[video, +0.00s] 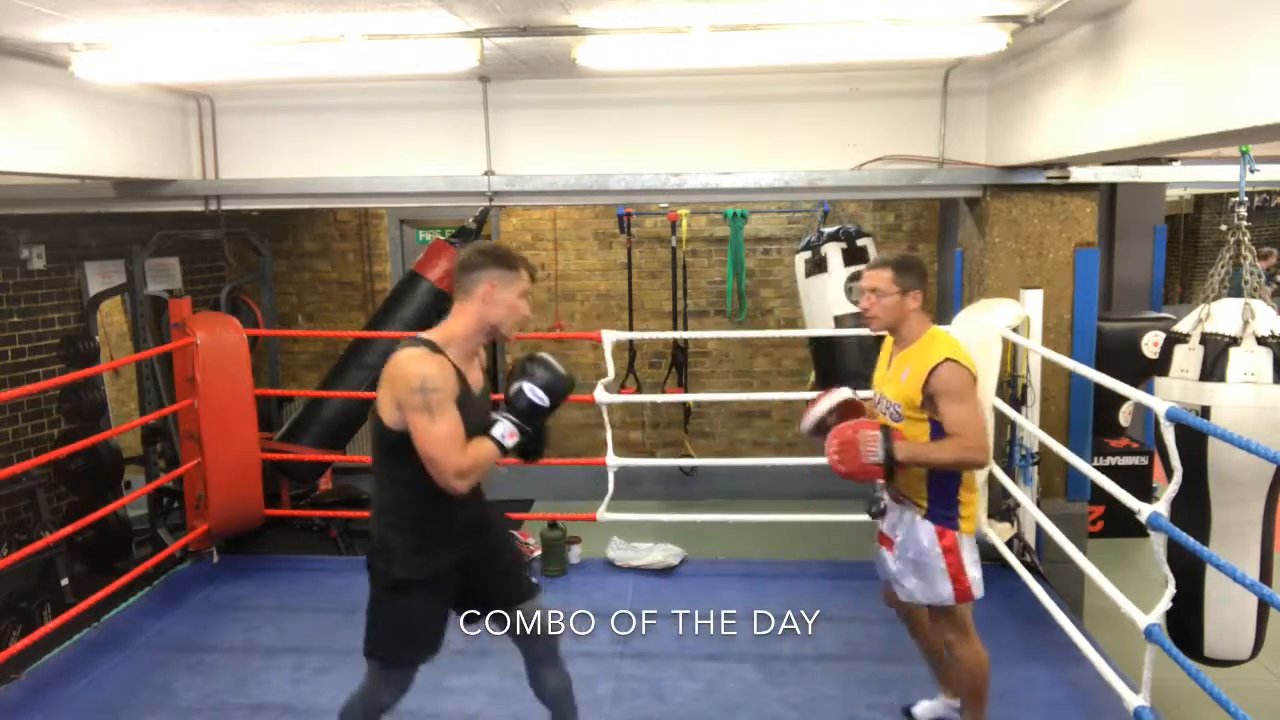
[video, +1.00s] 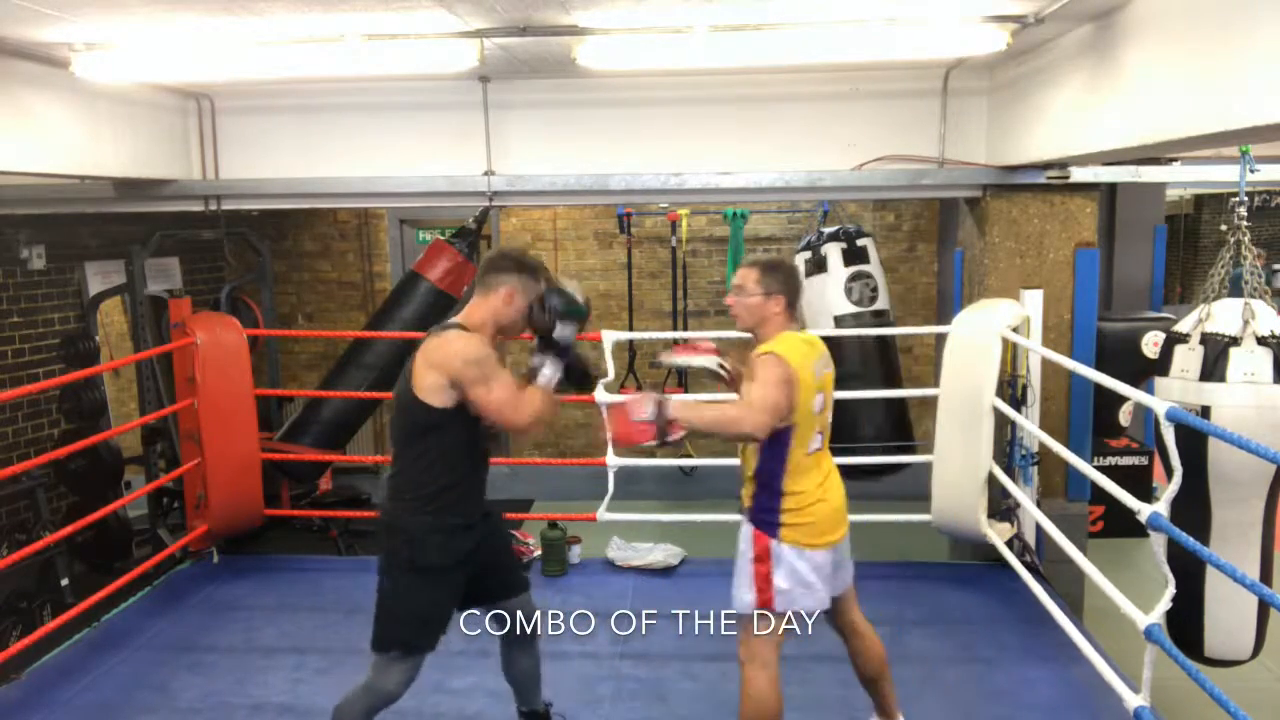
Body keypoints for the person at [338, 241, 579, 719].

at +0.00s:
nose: (528, 311)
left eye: (528, 298)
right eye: (522, 296)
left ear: (487, 296)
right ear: (486, 294)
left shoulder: (475, 357)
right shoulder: (419, 367)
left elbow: (462, 444)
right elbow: (456, 473)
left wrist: (513, 430)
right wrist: (511, 425)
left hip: (472, 536)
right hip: (413, 552)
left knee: (538, 637)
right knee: (386, 684)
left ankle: (567, 714)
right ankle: (348, 717)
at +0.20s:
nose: (517, 292)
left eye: (516, 279)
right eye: (508, 279)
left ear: (475, 282)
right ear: (473, 281)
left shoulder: (475, 344)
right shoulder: (414, 354)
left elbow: (480, 420)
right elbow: (466, 451)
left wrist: (532, 394)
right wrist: (512, 388)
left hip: (474, 524)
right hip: (412, 537)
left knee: (517, 624)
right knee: (380, 663)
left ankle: (534, 709)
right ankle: (345, 714)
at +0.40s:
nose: (542, 289)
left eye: (542, 278)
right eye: (536, 277)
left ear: (504, 277)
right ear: (504, 276)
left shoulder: (503, 340)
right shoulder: (446, 340)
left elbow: (508, 416)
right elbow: (482, 438)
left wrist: (555, 374)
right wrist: (545, 385)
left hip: (488, 519)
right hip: (431, 528)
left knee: (520, 628)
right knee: (404, 669)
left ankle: (533, 711)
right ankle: (363, 711)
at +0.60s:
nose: (546, 304)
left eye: (550, 293)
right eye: (543, 290)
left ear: (508, 285)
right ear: (509, 281)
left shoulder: (504, 343)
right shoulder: (455, 336)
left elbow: (516, 422)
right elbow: (514, 419)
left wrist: (566, 372)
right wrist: (558, 363)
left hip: (485, 517)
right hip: (431, 527)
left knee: (526, 614)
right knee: (396, 662)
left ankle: (535, 711)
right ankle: (348, 712)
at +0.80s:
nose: (542, 316)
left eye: (547, 305)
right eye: (541, 300)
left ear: (507, 292)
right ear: (510, 289)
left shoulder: (495, 343)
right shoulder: (454, 340)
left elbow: (564, 363)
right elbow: (538, 408)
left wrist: (596, 334)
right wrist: (575, 348)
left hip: (474, 523)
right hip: (420, 531)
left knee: (526, 622)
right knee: (385, 673)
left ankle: (534, 712)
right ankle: (340, 715)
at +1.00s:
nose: (527, 322)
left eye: (531, 312)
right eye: (527, 307)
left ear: (495, 294)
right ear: (503, 292)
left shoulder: (465, 342)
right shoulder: (460, 346)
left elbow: (504, 416)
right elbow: (521, 414)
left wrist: (546, 355)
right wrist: (551, 363)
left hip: (468, 524)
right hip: (422, 533)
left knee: (520, 620)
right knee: (391, 677)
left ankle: (533, 712)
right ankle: (344, 717)